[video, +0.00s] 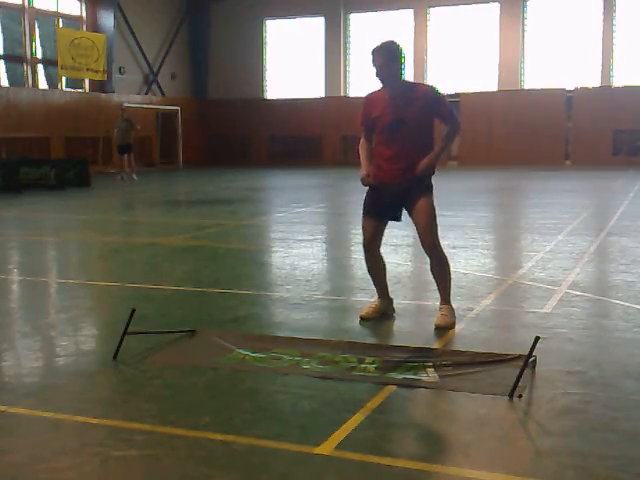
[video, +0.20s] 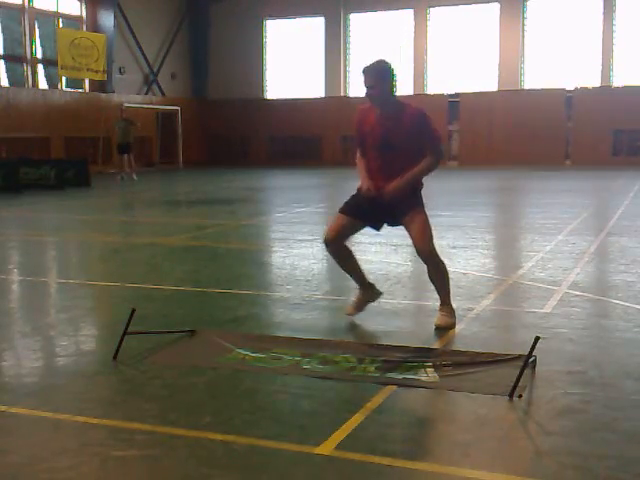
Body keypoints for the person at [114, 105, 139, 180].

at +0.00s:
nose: (122, 113)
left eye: (124, 111)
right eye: (121, 111)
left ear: (126, 112)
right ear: (120, 112)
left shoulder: (128, 121)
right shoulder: (119, 122)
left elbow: (136, 128)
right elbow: (116, 130)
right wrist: (116, 140)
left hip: (129, 142)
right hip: (121, 142)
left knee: (131, 158)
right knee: (122, 159)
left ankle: (133, 173)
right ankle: (122, 173)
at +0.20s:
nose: (122, 114)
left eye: (123, 112)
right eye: (121, 112)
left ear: (125, 113)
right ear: (119, 113)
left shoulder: (129, 122)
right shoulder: (118, 123)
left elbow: (136, 126)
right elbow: (115, 132)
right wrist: (115, 141)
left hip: (128, 142)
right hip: (120, 142)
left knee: (131, 158)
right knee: (122, 159)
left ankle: (133, 173)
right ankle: (122, 173)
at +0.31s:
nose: (122, 114)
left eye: (123, 112)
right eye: (120, 112)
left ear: (124, 113)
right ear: (119, 113)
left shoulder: (128, 122)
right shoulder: (117, 122)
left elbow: (135, 125)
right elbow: (117, 126)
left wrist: (127, 120)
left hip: (128, 142)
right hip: (120, 142)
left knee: (131, 158)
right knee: (122, 159)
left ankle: (133, 173)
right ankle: (122, 173)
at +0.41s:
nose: (121, 114)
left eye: (123, 112)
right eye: (120, 112)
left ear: (124, 113)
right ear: (119, 113)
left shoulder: (127, 122)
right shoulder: (117, 123)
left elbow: (134, 125)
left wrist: (127, 120)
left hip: (128, 142)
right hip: (120, 142)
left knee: (131, 158)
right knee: (122, 159)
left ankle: (133, 173)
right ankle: (122, 173)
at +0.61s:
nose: (121, 113)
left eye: (122, 111)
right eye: (120, 111)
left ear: (124, 112)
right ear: (118, 112)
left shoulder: (127, 121)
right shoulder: (117, 122)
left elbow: (134, 124)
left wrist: (126, 120)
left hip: (127, 142)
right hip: (120, 143)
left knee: (131, 158)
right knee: (122, 159)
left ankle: (133, 173)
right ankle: (122, 173)